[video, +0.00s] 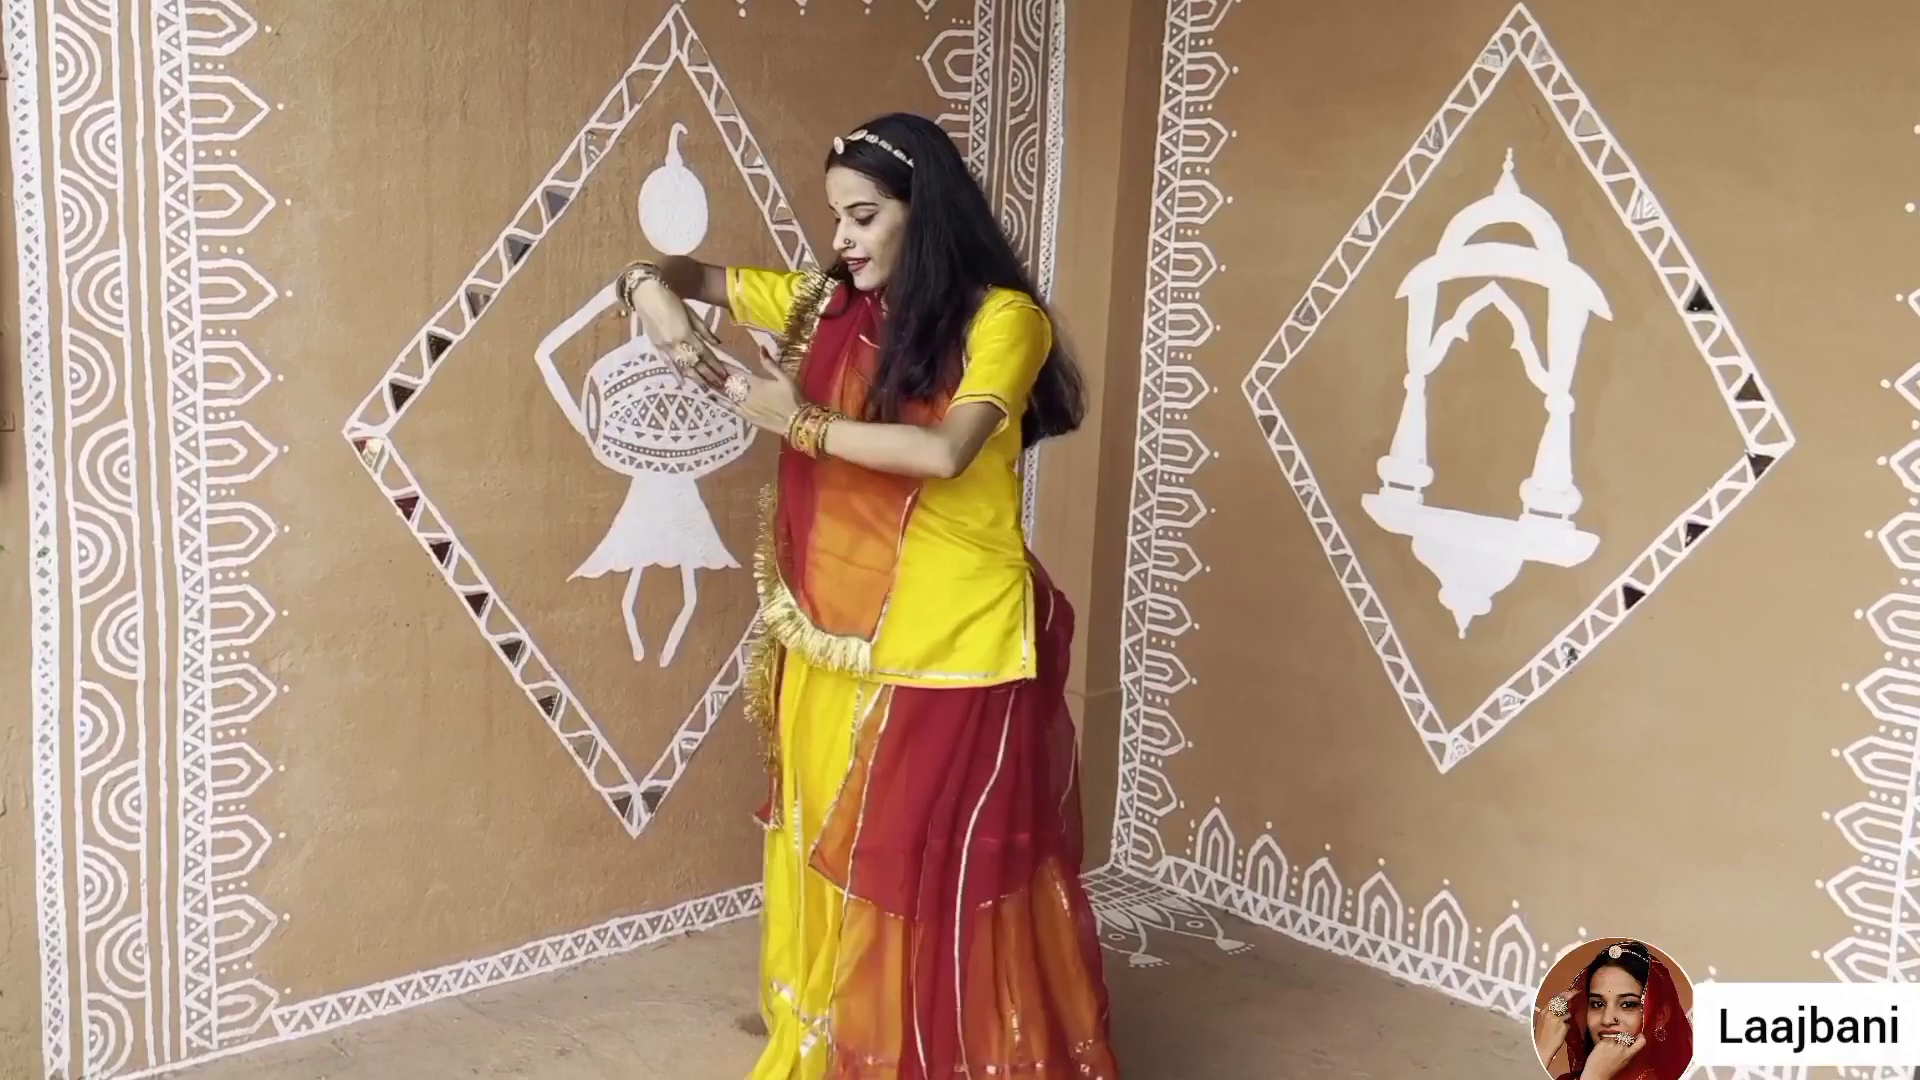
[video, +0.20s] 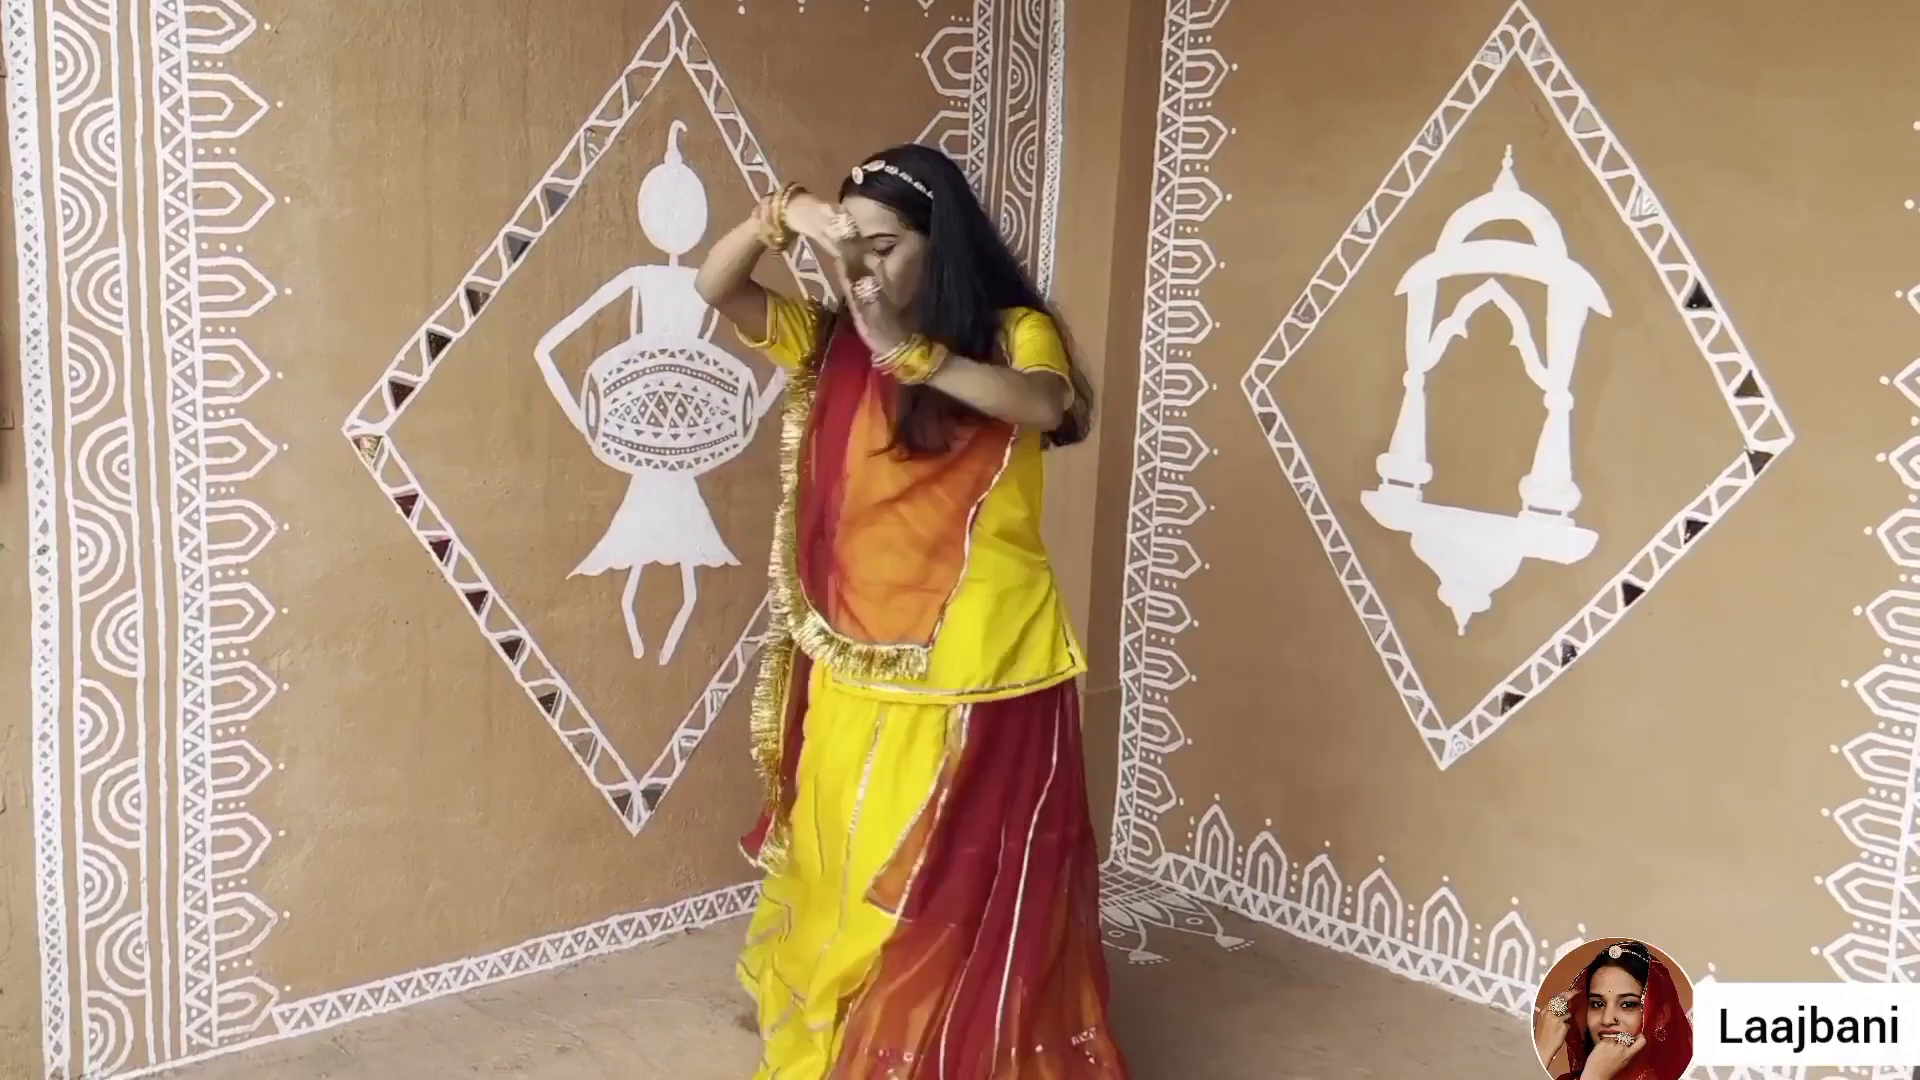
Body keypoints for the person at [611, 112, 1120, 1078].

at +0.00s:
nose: (844, 242)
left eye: (862, 219)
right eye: (837, 221)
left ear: (926, 211)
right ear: (835, 218)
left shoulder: (1004, 317)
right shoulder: (831, 302)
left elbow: (947, 452)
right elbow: (667, 276)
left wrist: (801, 422)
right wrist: (660, 301)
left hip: (961, 656)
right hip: (838, 645)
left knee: (931, 879)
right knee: (835, 875)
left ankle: (941, 1061)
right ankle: (834, 1055)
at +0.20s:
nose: (857, 275)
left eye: (878, 251)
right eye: (845, 254)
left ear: (939, 245)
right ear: (833, 251)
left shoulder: (1015, 331)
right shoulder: (839, 335)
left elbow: (1051, 409)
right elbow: (718, 286)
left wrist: (903, 351)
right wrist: (778, 214)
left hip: (980, 666)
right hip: (852, 661)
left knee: (950, 894)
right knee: (844, 887)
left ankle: (947, 1062)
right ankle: (833, 1055)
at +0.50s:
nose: (946, 223)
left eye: (963, 203)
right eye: (924, 203)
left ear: (978, 212)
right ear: (876, 219)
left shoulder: (984, 290)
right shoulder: (871, 332)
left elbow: (1091, 218)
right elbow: (960, 233)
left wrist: (1127, 137)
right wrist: (1043, 88)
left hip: (1027, 641)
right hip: (950, 653)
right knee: (1070, 881)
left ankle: (799, 974)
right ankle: (1008, 1060)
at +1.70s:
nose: (959, 247)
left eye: (965, 227)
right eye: (935, 224)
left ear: (974, 236)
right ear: (872, 235)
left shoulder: (932, 345)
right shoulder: (858, 358)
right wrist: (1042, 212)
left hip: (978, 641)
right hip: (896, 657)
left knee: (1032, 871)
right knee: (912, 887)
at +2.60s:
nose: (837, 205)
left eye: (863, 190)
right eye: (835, 186)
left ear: (916, 206)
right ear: (831, 194)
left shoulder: (952, 306)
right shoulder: (808, 302)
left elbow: (1034, 242)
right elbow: (681, 310)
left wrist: (956, 148)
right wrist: (782, 255)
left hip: (929, 636)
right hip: (827, 631)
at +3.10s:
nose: (922, 227)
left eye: (942, 207)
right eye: (901, 203)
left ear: (961, 218)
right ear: (861, 207)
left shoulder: (987, 321)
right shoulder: (822, 318)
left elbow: (1144, 336)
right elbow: (755, 360)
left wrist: (1086, 327)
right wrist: (917, 358)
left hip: (1002, 637)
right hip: (881, 644)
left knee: (1011, 863)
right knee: (888, 869)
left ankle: (1001, 1055)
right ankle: (867, 1057)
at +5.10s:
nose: (730, 219)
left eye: (756, 201)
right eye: (725, 196)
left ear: (817, 210)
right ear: (717, 198)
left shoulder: (870, 312)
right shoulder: (722, 321)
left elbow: (775, 400)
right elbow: (598, 409)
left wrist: (613, 480)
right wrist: (510, 474)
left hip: (894, 618)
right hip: (780, 626)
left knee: (858, 864)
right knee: (730, 856)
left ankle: (869, 1062)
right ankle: (719, 1059)